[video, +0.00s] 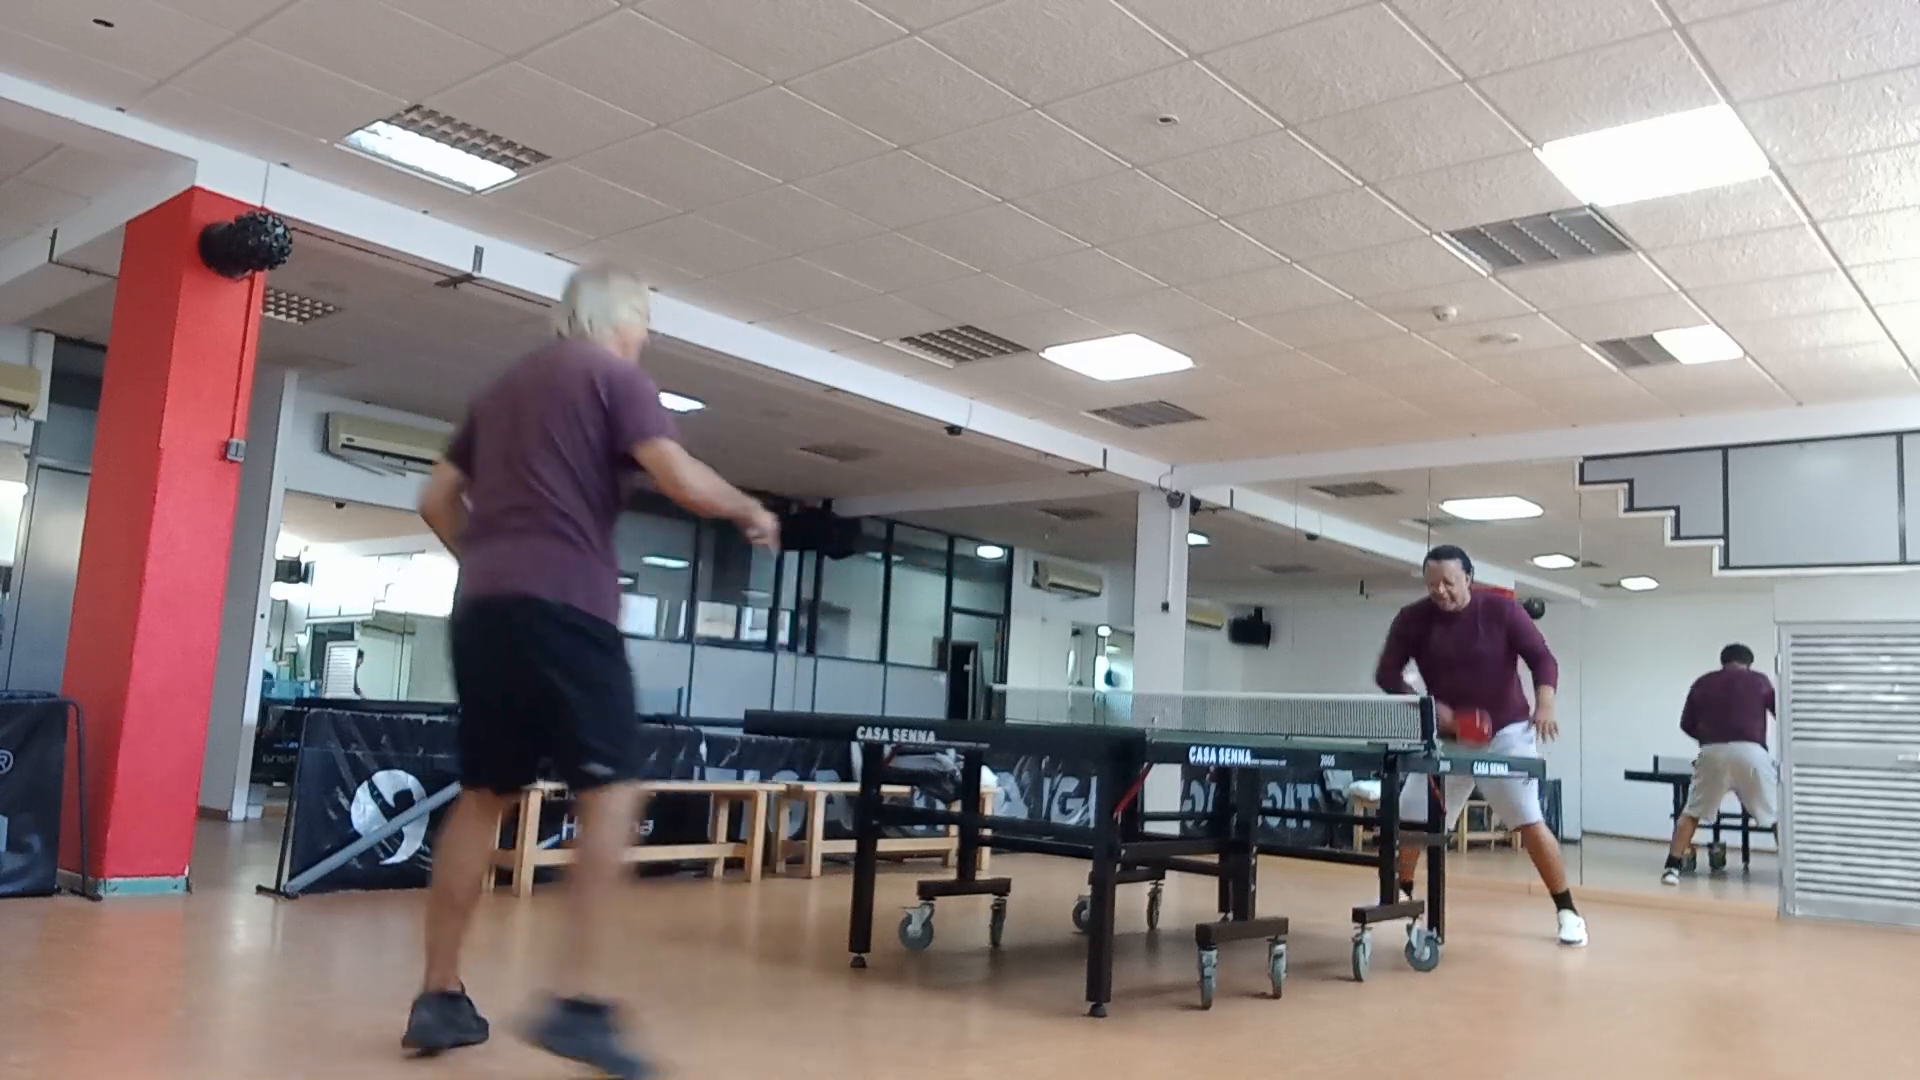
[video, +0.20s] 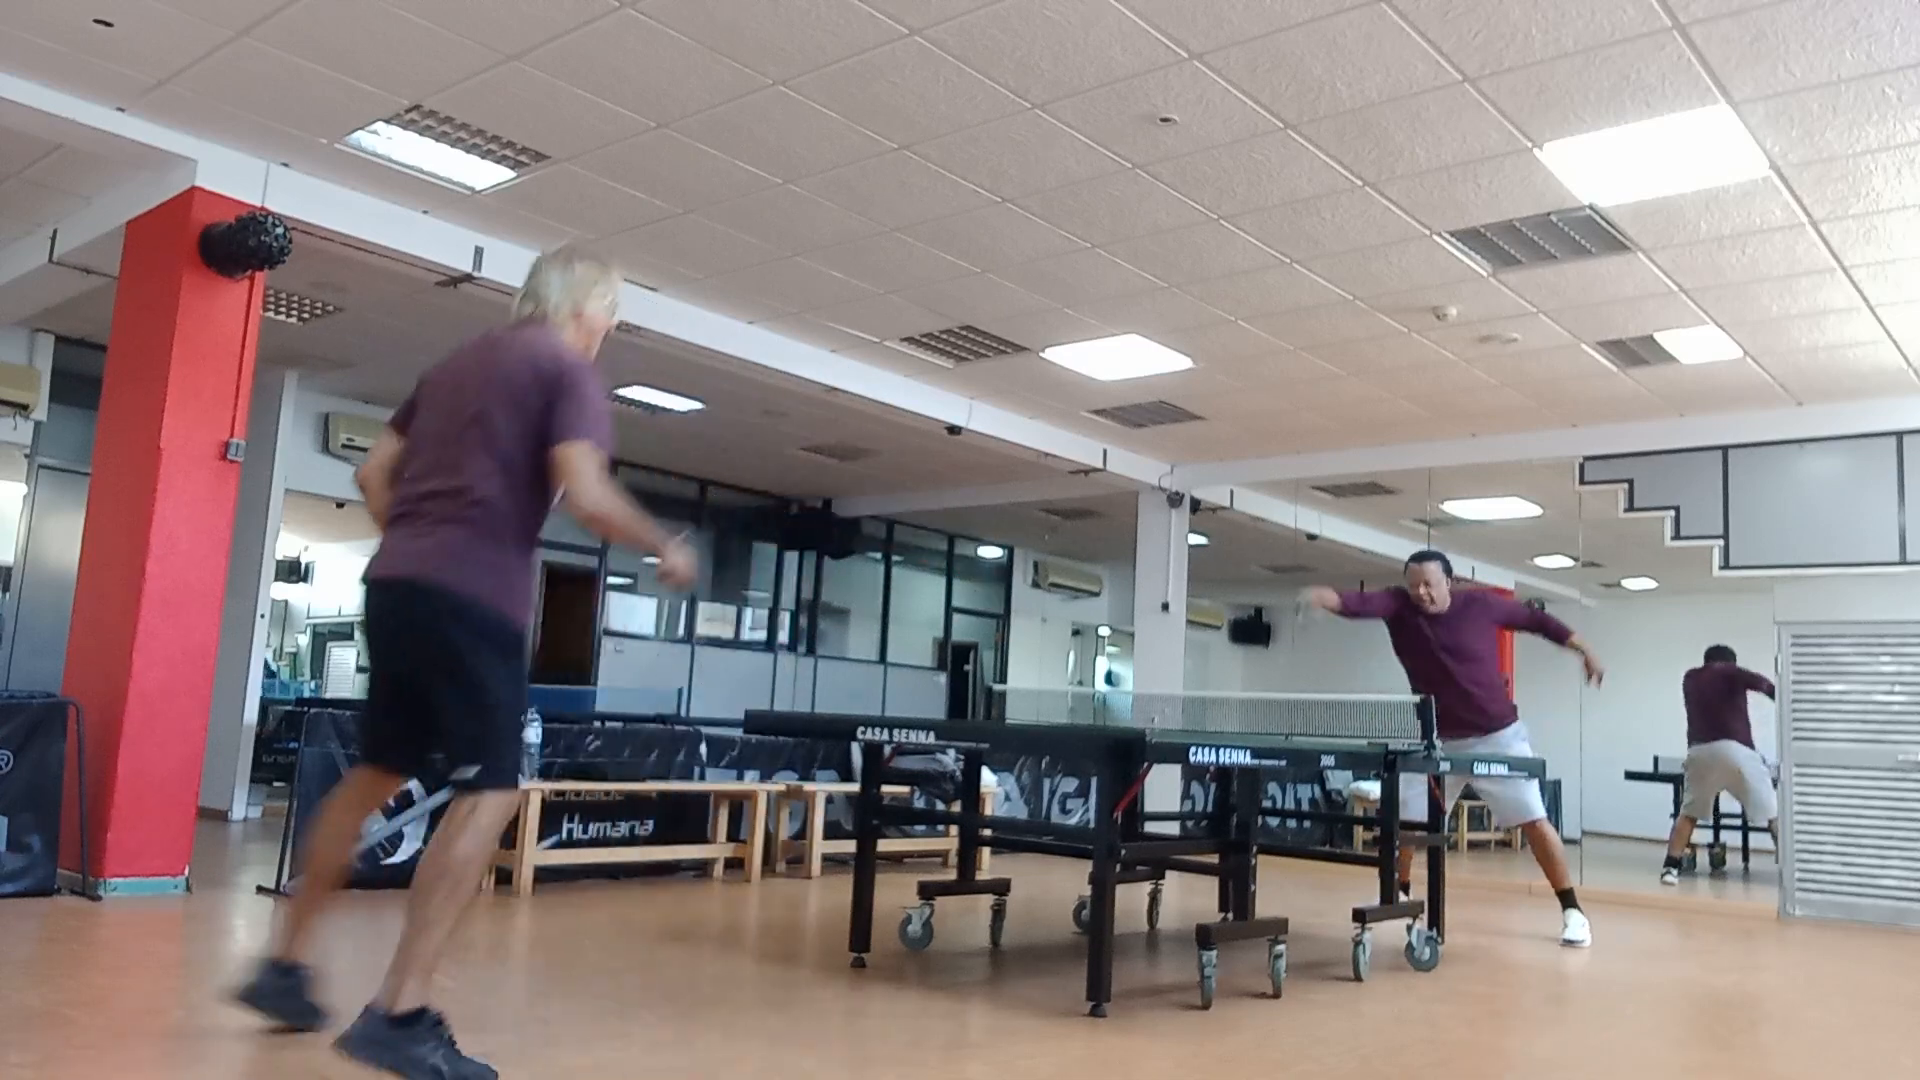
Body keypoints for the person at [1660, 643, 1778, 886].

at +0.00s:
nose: (1749, 669)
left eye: (1746, 667)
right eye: (1749, 666)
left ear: (1722, 662)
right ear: (1749, 664)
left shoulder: (1703, 682)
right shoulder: (1759, 681)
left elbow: (1687, 724)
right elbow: (1782, 713)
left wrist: (1711, 738)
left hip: (1712, 752)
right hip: (1751, 752)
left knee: (1691, 812)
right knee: (1777, 817)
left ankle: (1672, 867)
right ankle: (1794, 875)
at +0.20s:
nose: (1734, 667)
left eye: (1734, 665)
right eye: (1733, 664)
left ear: (1706, 661)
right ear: (1730, 661)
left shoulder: (1690, 677)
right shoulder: (1732, 671)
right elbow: (1763, 684)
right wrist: (1780, 695)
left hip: (1699, 750)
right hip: (1734, 748)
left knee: (1689, 812)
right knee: (1772, 812)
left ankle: (1670, 868)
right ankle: (1792, 867)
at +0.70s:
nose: (1751, 653)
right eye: (1752, 650)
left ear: (1725, 647)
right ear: (1752, 648)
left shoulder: (1706, 672)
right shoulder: (1765, 671)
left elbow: (1689, 713)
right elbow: (1788, 703)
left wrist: (1676, 744)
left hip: (1721, 749)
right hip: (1759, 748)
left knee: (1700, 811)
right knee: (1778, 810)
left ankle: (1677, 864)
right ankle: (1786, 861)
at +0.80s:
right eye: (1754, 646)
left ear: (1730, 644)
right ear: (1756, 645)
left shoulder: (1713, 668)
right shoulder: (1772, 668)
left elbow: (1697, 710)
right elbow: (1787, 707)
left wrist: (1684, 745)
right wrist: (1790, 744)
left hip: (1729, 746)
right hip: (1767, 746)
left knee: (1710, 808)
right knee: (1781, 807)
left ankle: (1697, 861)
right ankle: (1780, 851)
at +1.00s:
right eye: (1755, 646)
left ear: (1731, 644)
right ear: (1758, 644)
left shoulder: (1719, 668)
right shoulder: (1773, 668)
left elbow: (1705, 706)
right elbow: (1787, 704)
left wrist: (1690, 738)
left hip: (1741, 750)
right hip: (1776, 747)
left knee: (1726, 813)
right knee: (1781, 814)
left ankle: (1729, 873)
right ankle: (1792, 868)